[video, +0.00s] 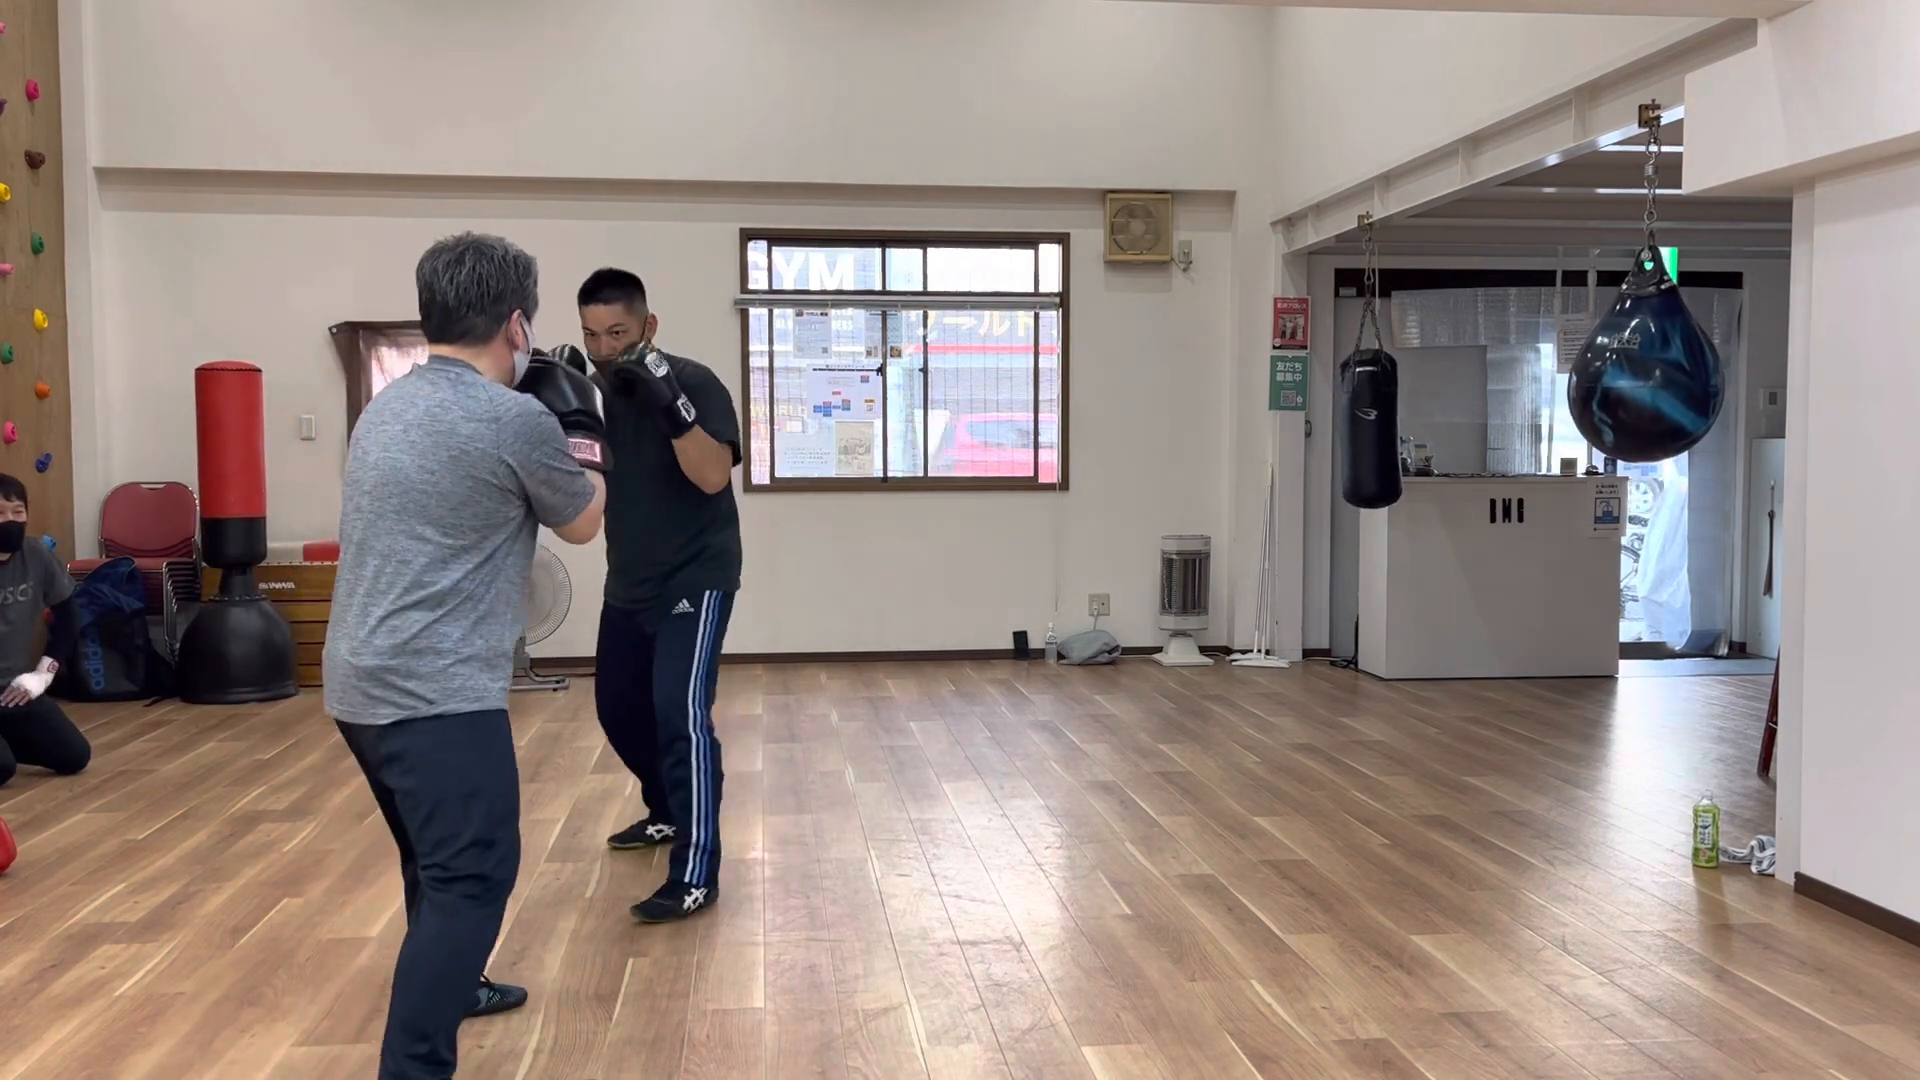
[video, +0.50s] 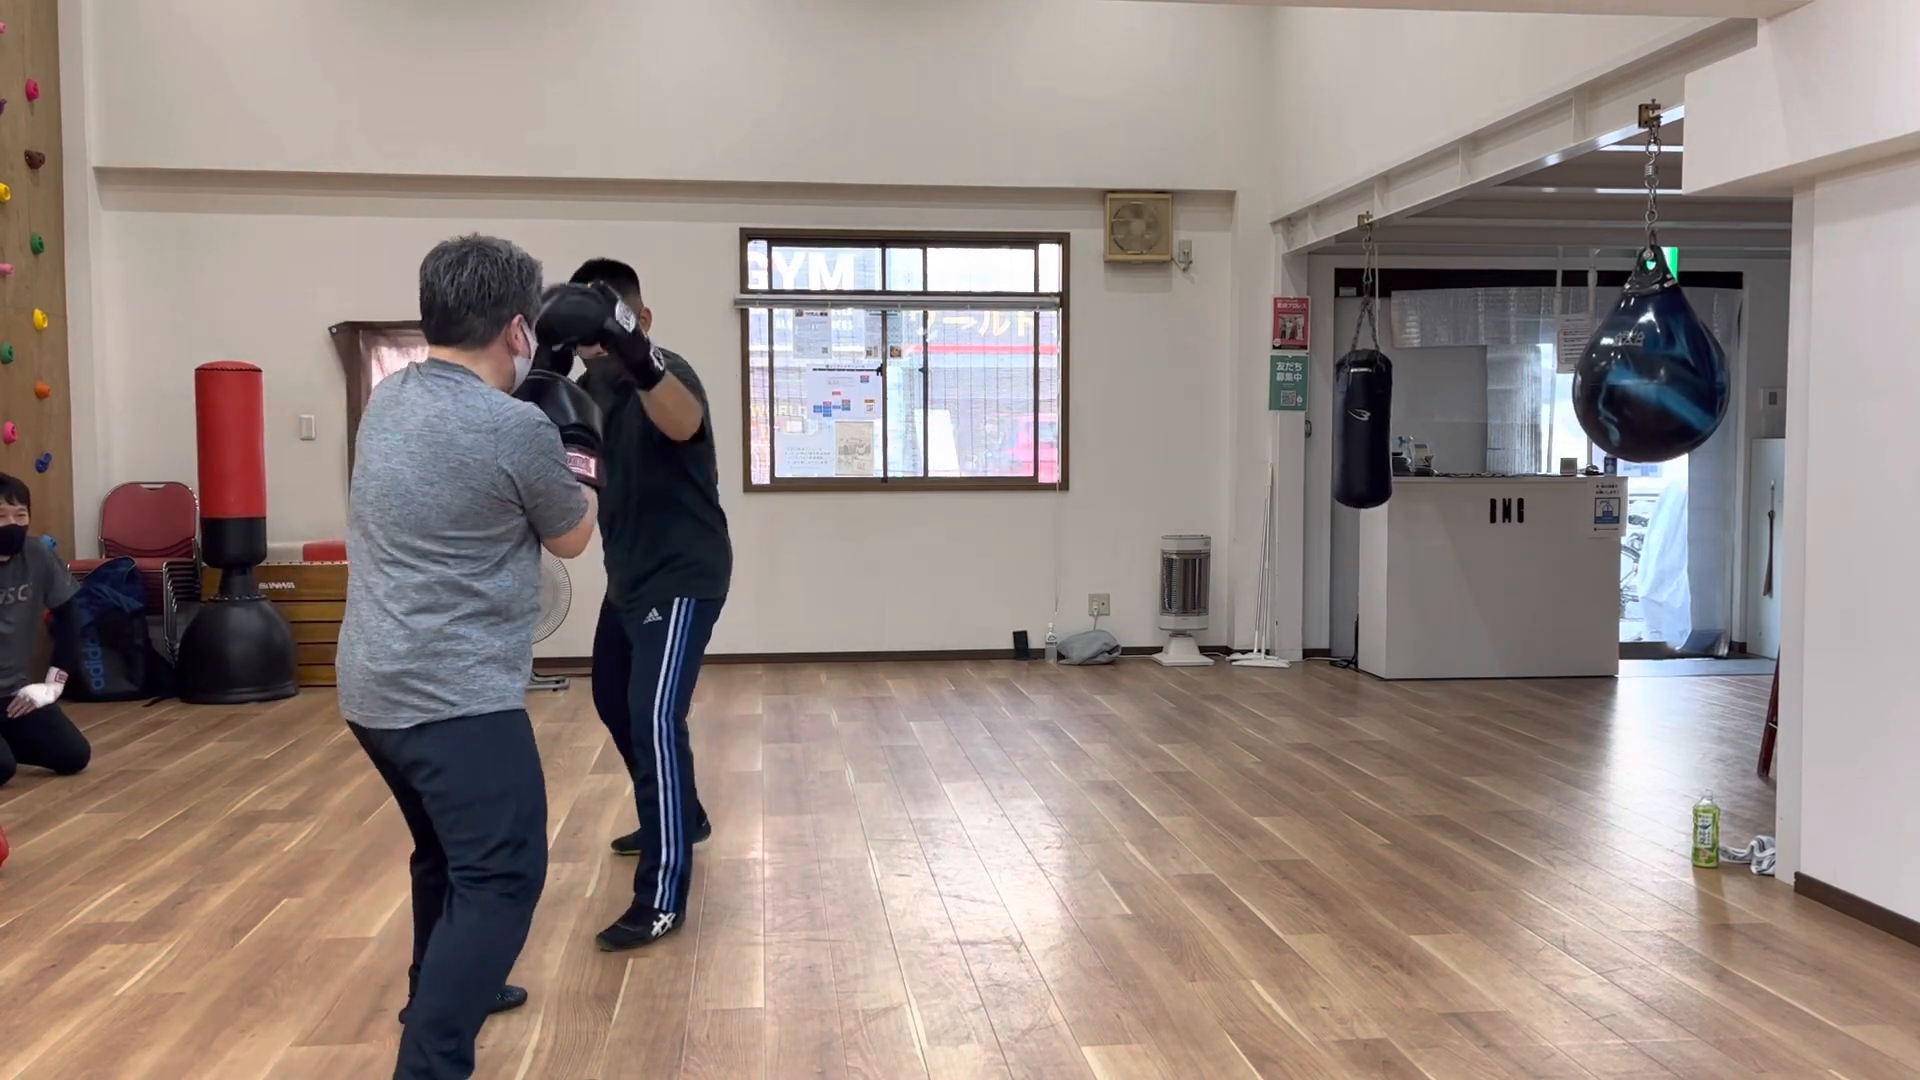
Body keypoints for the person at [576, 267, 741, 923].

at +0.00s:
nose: (605, 345)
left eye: (617, 331)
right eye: (594, 334)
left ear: (650, 324)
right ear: (584, 334)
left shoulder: (693, 383)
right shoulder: (593, 391)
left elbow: (712, 476)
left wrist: (668, 398)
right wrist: (553, 397)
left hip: (696, 573)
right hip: (631, 577)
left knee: (680, 717)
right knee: (620, 707)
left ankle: (696, 880)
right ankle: (670, 812)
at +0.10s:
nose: (605, 351)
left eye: (617, 337)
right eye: (594, 340)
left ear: (650, 330)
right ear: (584, 339)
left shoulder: (694, 391)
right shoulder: (587, 398)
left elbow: (715, 488)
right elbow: (560, 485)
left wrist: (664, 438)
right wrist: (541, 407)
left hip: (684, 578)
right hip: (616, 581)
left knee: (662, 713)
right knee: (612, 712)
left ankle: (678, 877)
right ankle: (669, 809)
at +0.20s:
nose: (599, 343)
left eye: (613, 330)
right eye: (590, 332)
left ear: (646, 324)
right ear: (579, 330)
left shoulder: (689, 390)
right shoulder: (582, 394)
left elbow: (731, 484)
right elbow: (543, 470)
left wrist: (670, 439)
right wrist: (541, 391)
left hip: (678, 581)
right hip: (614, 583)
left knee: (665, 724)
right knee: (625, 715)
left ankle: (665, 890)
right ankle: (668, 810)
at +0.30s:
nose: (595, 336)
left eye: (608, 322)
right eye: (585, 325)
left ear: (641, 316)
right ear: (574, 325)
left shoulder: (678, 382)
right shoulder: (586, 387)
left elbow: (727, 464)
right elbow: (533, 446)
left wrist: (660, 409)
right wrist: (537, 376)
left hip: (676, 579)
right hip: (624, 579)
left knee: (660, 729)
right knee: (627, 711)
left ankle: (663, 899)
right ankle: (670, 809)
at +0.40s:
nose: (595, 337)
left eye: (606, 322)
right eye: (583, 326)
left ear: (638, 317)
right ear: (573, 327)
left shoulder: (666, 375)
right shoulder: (592, 378)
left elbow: (708, 443)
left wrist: (633, 391)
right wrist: (551, 373)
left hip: (680, 577)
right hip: (630, 576)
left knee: (651, 720)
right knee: (617, 697)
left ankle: (662, 900)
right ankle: (672, 805)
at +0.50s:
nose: (593, 343)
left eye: (605, 325)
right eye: (584, 330)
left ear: (638, 318)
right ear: (575, 333)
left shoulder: (669, 374)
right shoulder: (596, 388)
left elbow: (682, 422)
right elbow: (539, 424)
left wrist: (637, 357)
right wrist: (550, 360)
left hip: (683, 574)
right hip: (630, 576)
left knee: (652, 720)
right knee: (613, 698)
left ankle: (662, 900)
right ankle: (678, 816)